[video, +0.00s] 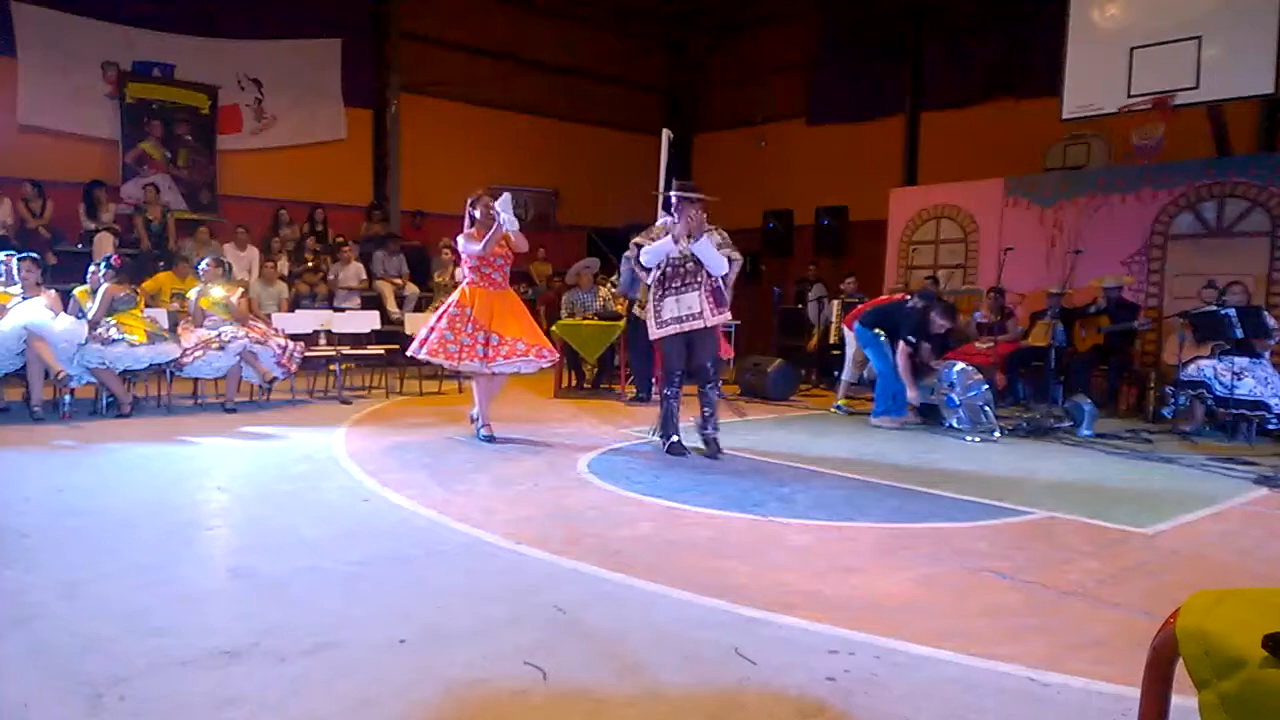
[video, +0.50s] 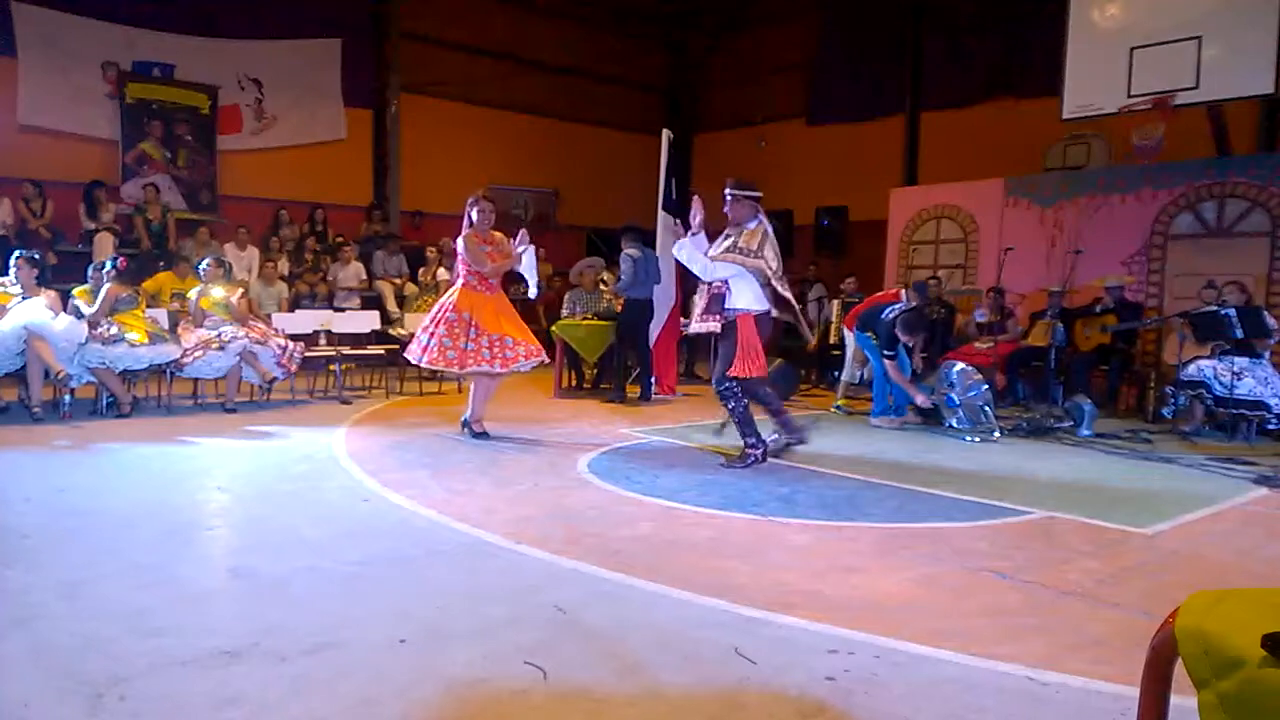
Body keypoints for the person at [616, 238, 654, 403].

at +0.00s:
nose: (630, 247)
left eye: (631, 243)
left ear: (632, 242)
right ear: (649, 241)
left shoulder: (629, 257)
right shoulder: (656, 257)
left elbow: (624, 285)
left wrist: (617, 291)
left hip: (637, 304)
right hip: (656, 302)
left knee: (638, 348)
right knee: (647, 348)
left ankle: (642, 389)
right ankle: (645, 386)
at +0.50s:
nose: (622, 245)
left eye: (622, 242)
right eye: (623, 242)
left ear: (625, 241)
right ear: (639, 240)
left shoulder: (627, 254)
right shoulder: (652, 255)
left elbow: (627, 278)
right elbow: (657, 278)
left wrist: (614, 289)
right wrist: (641, 279)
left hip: (632, 302)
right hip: (647, 302)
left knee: (622, 345)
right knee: (643, 346)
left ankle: (619, 389)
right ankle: (646, 389)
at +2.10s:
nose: (571, 240)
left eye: (572, 237)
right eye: (573, 237)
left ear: (573, 238)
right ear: (588, 239)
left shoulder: (569, 254)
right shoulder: (596, 256)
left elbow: (566, 278)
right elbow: (608, 273)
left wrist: (552, 290)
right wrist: (593, 282)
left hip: (573, 303)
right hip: (591, 302)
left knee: (562, 345)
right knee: (596, 347)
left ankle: (556, 389)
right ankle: (606, 389)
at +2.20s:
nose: (564, 240)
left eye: (565, 237)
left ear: (567, 237)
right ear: (581, 238)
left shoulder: (562, 252)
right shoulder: (586, 255)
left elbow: (559, 276)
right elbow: (592, 278)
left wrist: (546, 290)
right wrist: (582, 291)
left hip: (565, 300)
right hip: (583, 300)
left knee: (556, 346)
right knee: (586, 345)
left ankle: (556, 389)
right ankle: (602, 384)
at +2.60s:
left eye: (549, 236)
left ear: (548, 237)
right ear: (563, 237)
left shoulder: (543, 251)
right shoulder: (572, 255)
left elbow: (537, 275)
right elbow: (584, 277)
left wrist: (526, 292)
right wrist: (569, 285)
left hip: (548, 299)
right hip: (566, 300)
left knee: (547, 344)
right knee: (553, 344)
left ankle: (551, 386)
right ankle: (555, 385)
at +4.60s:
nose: (541, 243)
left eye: (541, 240)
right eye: (539, 239)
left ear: (524, 240)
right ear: (533, 239)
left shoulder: (511, 257)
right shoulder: (533, 252)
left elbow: (501, 280)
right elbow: (547, 265)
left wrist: (514, 289)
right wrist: (570, 254)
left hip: (514, 300)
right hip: (529, 300)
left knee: (515, 339)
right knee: (532, 341)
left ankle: (510, 380)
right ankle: (526, 380)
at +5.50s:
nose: (541, 242)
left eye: (541, 238)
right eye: (539, 238)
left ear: (526, 239)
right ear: (533, 239)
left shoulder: (514, 256)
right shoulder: (529, 252)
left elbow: (504, 280)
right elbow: (542, 267)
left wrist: (517, 289)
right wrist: (562, 258)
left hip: (515, 297)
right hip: (527, 297)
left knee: (520, 337)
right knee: (531, 339)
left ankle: (517, 376)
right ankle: (523, 378)